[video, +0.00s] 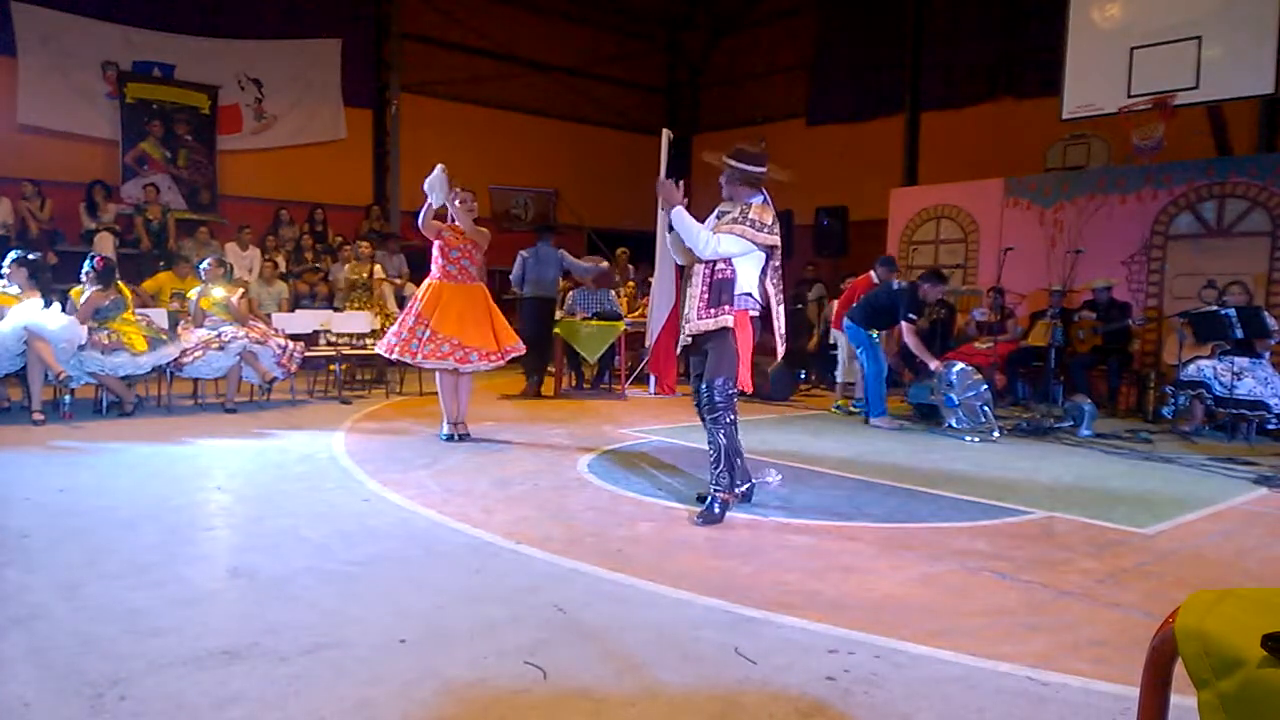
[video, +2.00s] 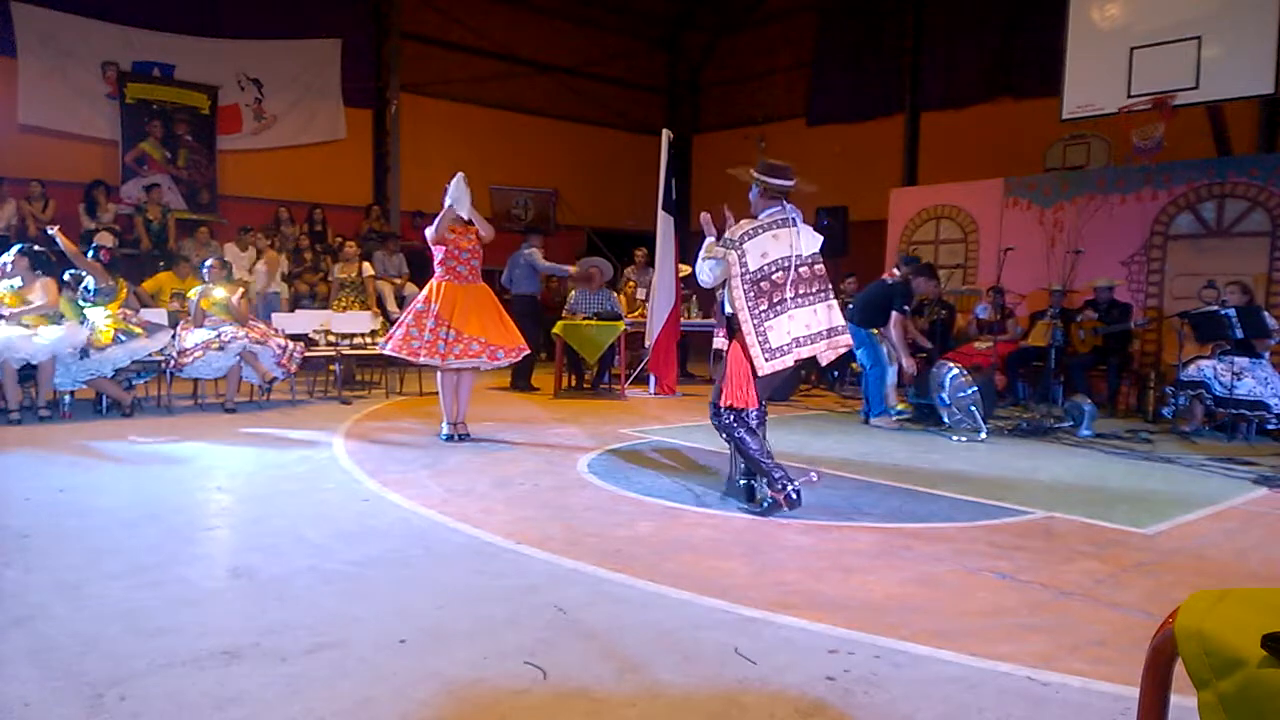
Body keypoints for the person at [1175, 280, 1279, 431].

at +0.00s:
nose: (1235, 297)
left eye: (1240, 293)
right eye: (1231, 294)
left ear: (1248, 297)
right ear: (1223, 298)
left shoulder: (1258, 315)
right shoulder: (1215, 316)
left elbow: (1265, 346)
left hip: (1254, 364)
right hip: (1222, 362)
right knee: (1197, 368)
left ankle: (1243, 424)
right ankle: (1197, 419)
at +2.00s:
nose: (1226, 297)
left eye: (1232, 293)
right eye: (1225, 293)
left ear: (1245, 298)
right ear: (1222, 296)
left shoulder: (1257, 315)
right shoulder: (1219, 315)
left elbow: (1265, 345)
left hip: (1253, 364)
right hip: (1223, 363)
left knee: (1246, 382)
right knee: (1198, 369)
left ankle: (1241, 426)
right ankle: (1196, 420)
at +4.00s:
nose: (1238, 296)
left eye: (1243, 293)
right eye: (1233, 293)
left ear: (1248, 297)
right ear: (1224, 296)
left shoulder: (1257, 315)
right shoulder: (1216, 315)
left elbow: (1265, 346)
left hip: (1253, 364)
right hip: (1222, 363)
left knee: (1248, 381)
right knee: (1199, 368)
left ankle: (1242, 426)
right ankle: (1195, 419)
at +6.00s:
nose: (1244, 297)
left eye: (1246, 293)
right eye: (1239, 293)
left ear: (1250, 296)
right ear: (1227, 297)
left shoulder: (1258, 314)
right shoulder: (1218, 315)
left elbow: (1265, 345)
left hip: (1253, 364)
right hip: (1222, 362)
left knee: (1248, 381)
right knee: (1198, 368)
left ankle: (1243, 425)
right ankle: (1196, 419)